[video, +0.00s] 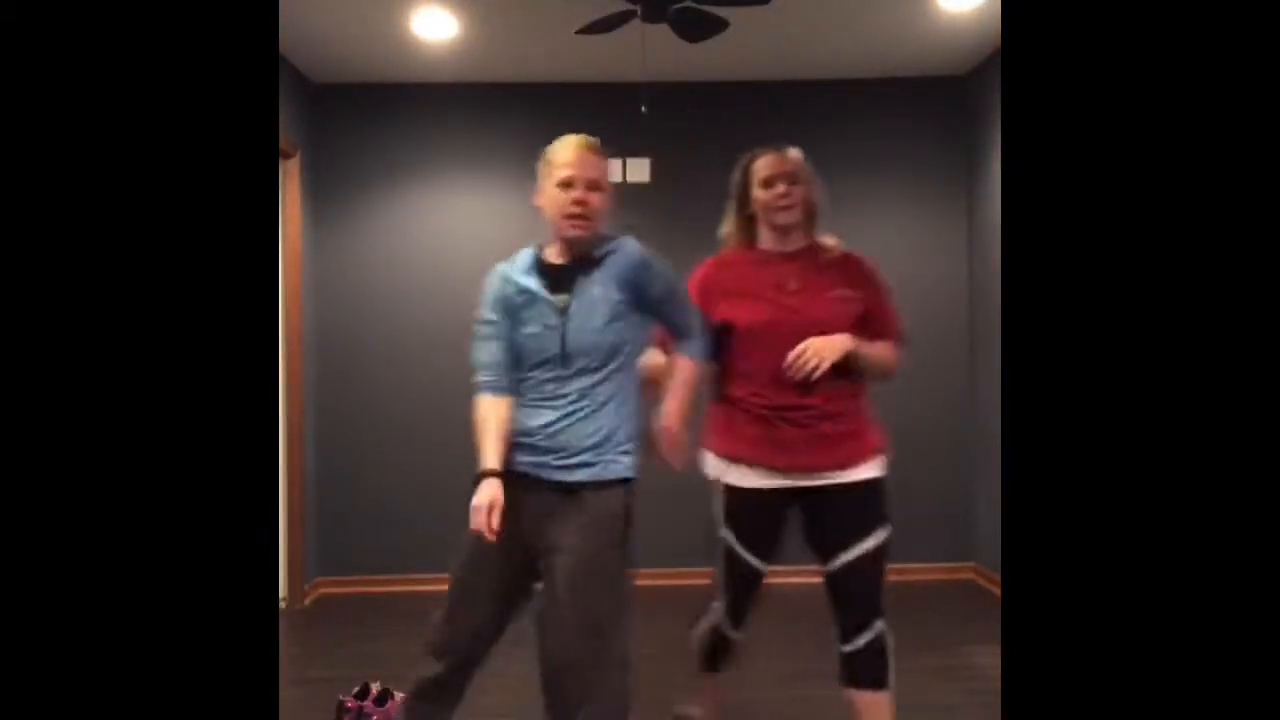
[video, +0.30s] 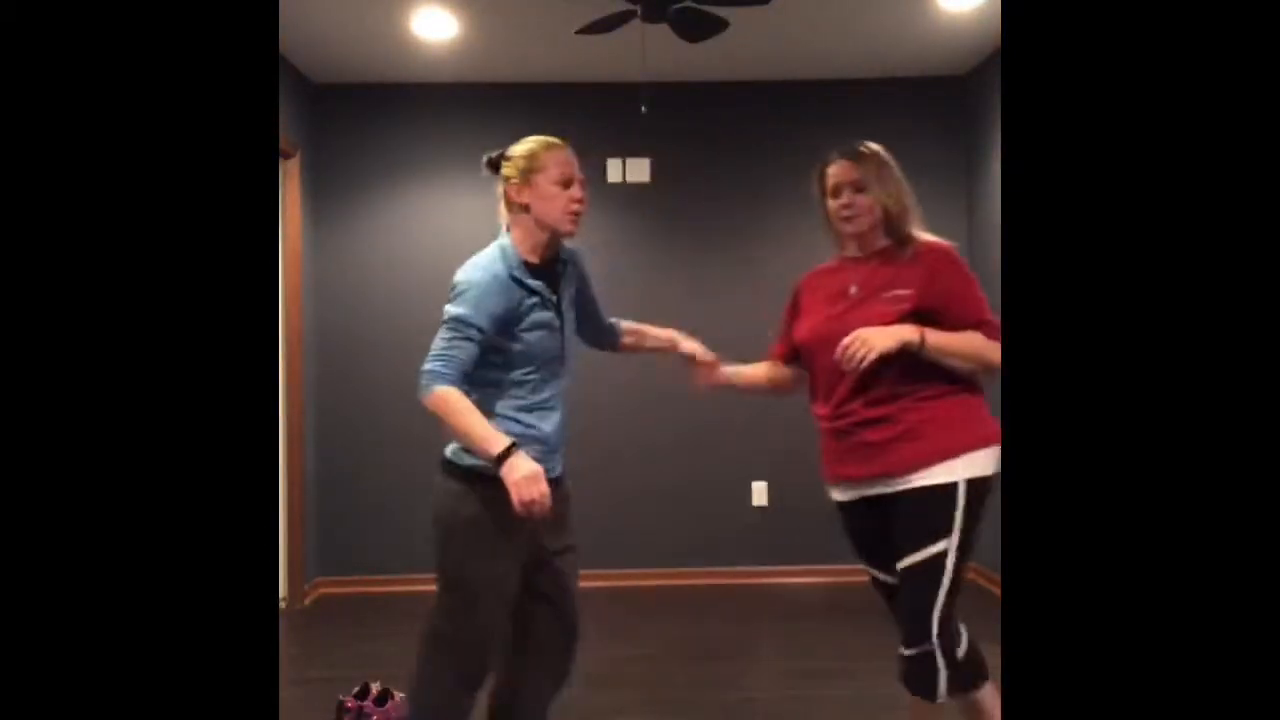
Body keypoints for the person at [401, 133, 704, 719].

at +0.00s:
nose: (581, 199)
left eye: (594, 188)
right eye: (567, 186)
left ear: (610, 199)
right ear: (540, 196)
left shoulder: (631, 268)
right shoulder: (508, 281)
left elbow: (691, 334)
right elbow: (493, 384)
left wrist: (673, 413)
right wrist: (490, 473)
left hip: (597, 488)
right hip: (517, 484)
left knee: (582, 647)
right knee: (459, 635)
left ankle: (588, 716)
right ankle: (418, 710)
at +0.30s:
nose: (580, 197)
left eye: (581, 185)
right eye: (565, 185)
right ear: (520, 196)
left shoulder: (565, 267)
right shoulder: (486, 280)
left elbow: (600, 332)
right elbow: (436, 385)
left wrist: (675, 340)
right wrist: (510, 456)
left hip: (545, 488)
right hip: (480, 492)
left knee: (547, 644)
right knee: (463, 650)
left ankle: (514, 716)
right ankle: (427, 716)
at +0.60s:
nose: (629, 191)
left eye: (624, 180)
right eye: (614, 181)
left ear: (593, 197)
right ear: (576, 198)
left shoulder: (619, 260)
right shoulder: (551, 281)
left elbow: (704, 264)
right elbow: (513, 383)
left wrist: (749, 240)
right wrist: (591, 422)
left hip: (588, 467)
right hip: (563, 472)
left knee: (556, 627)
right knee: (639, 610)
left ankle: (520, 712)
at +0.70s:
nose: (657, 198)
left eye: (652, 187)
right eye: (644, 189)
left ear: (618, 204)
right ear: (607, 204)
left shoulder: (642, 261)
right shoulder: (580, 290)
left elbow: (718, 236)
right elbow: (559, 398)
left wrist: (757, 198)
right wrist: (642, 414)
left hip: (635, 470)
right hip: (608, 475)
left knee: (621, 620)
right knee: (669, 622)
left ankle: (554, 710)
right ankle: (676, 713)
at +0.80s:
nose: (682, 198)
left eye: (676, 187)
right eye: (668, 188)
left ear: (640, 203)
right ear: (633, 203)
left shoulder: (666, 260)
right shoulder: (603, 293)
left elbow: (741, 220)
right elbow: (596, 398)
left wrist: (783, 145)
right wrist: (688, 402)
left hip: (678, 460)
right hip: (637, 468)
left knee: (714, 599)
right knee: (692, 611)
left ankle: (613, 706)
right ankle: (681, 711)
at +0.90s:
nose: (703, 194)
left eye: (698, 183)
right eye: (689, 184)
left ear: (663, 200)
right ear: (653, 199)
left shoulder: (690, 254)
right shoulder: (622, 290)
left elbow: (763, 201)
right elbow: (620, 393)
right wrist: (710, 388)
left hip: (708, 457)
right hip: (660, 463)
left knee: (757, 588)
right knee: (696, 611)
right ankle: (689, 709)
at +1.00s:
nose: (722, 197)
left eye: (718, 186)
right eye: (708, 188)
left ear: (684, 201)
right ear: (670, 202)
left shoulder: (723, 253)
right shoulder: (640, 292)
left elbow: (786, 204)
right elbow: (644, 392)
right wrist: (724, 386)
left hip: (750, 458)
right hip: (687, 465)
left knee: (787, 616)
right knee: (691, 621)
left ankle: (781, 711)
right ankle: (690, 710)